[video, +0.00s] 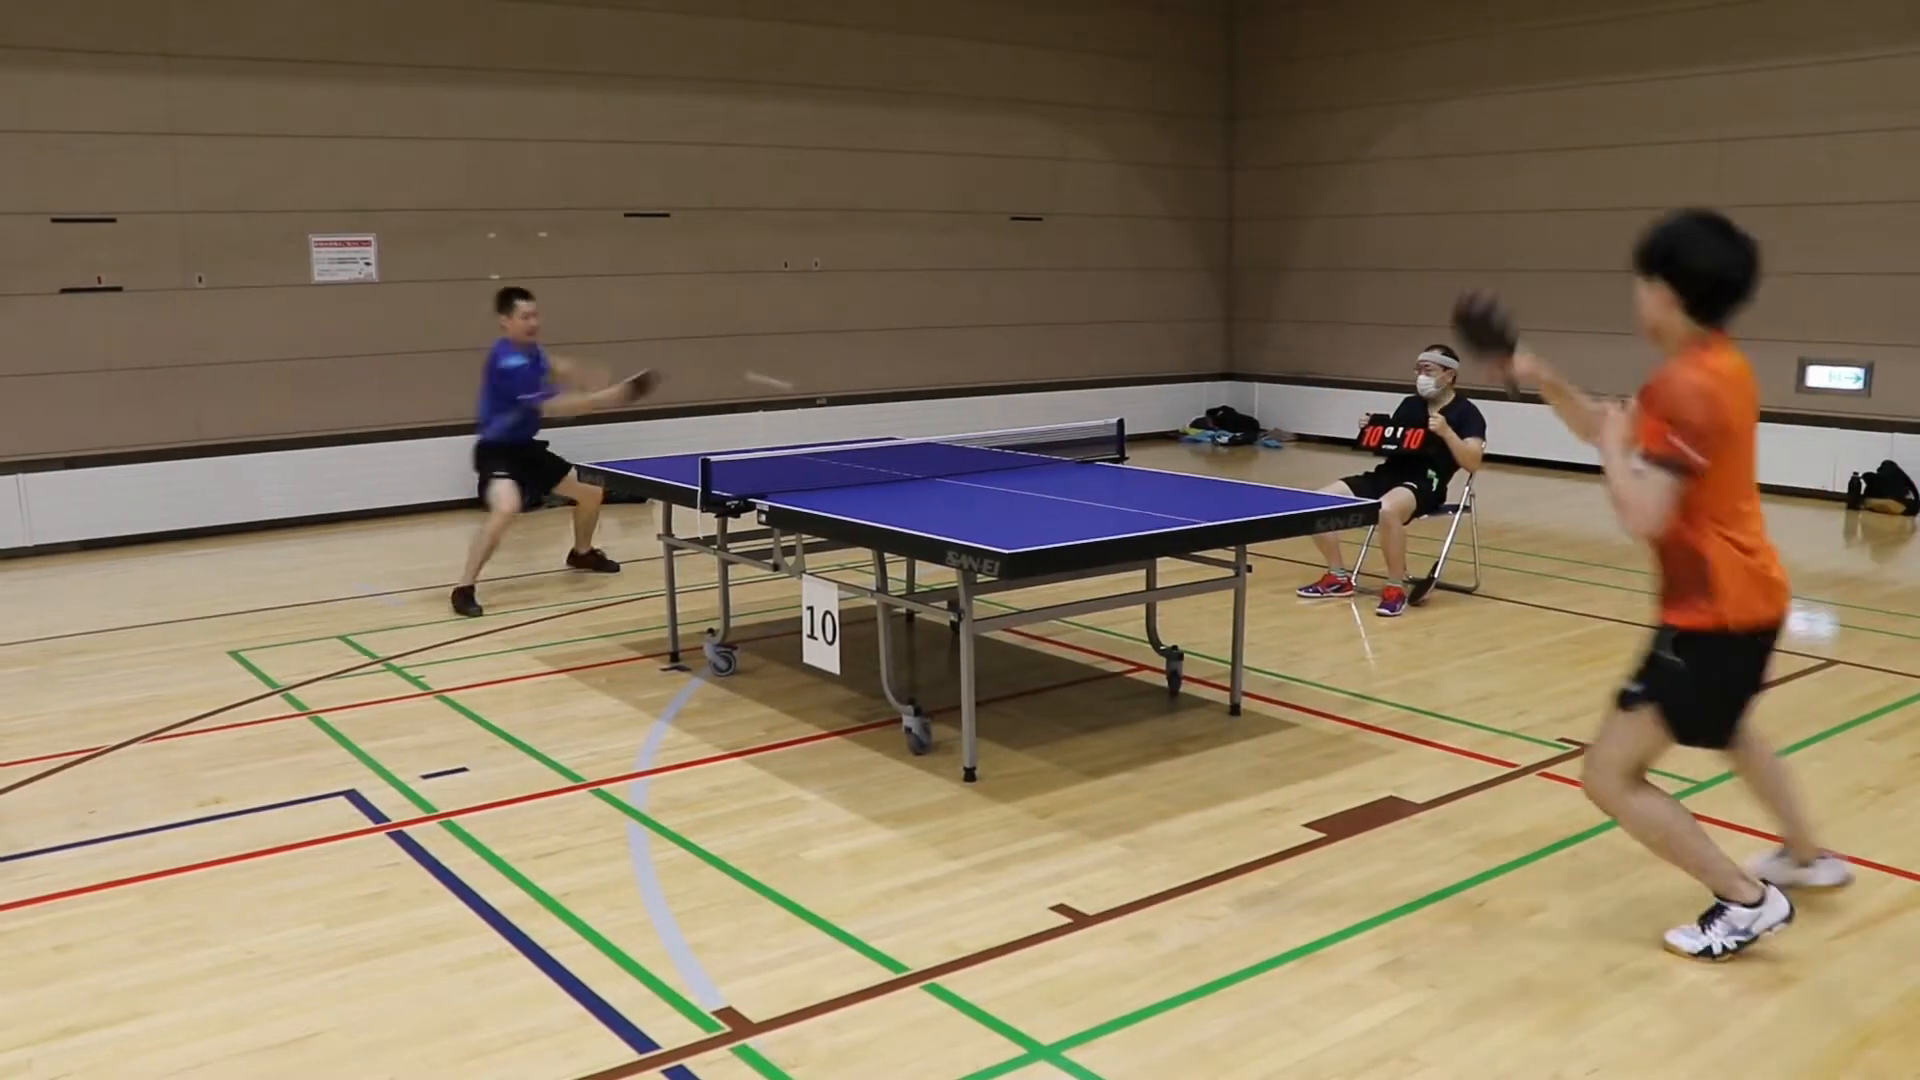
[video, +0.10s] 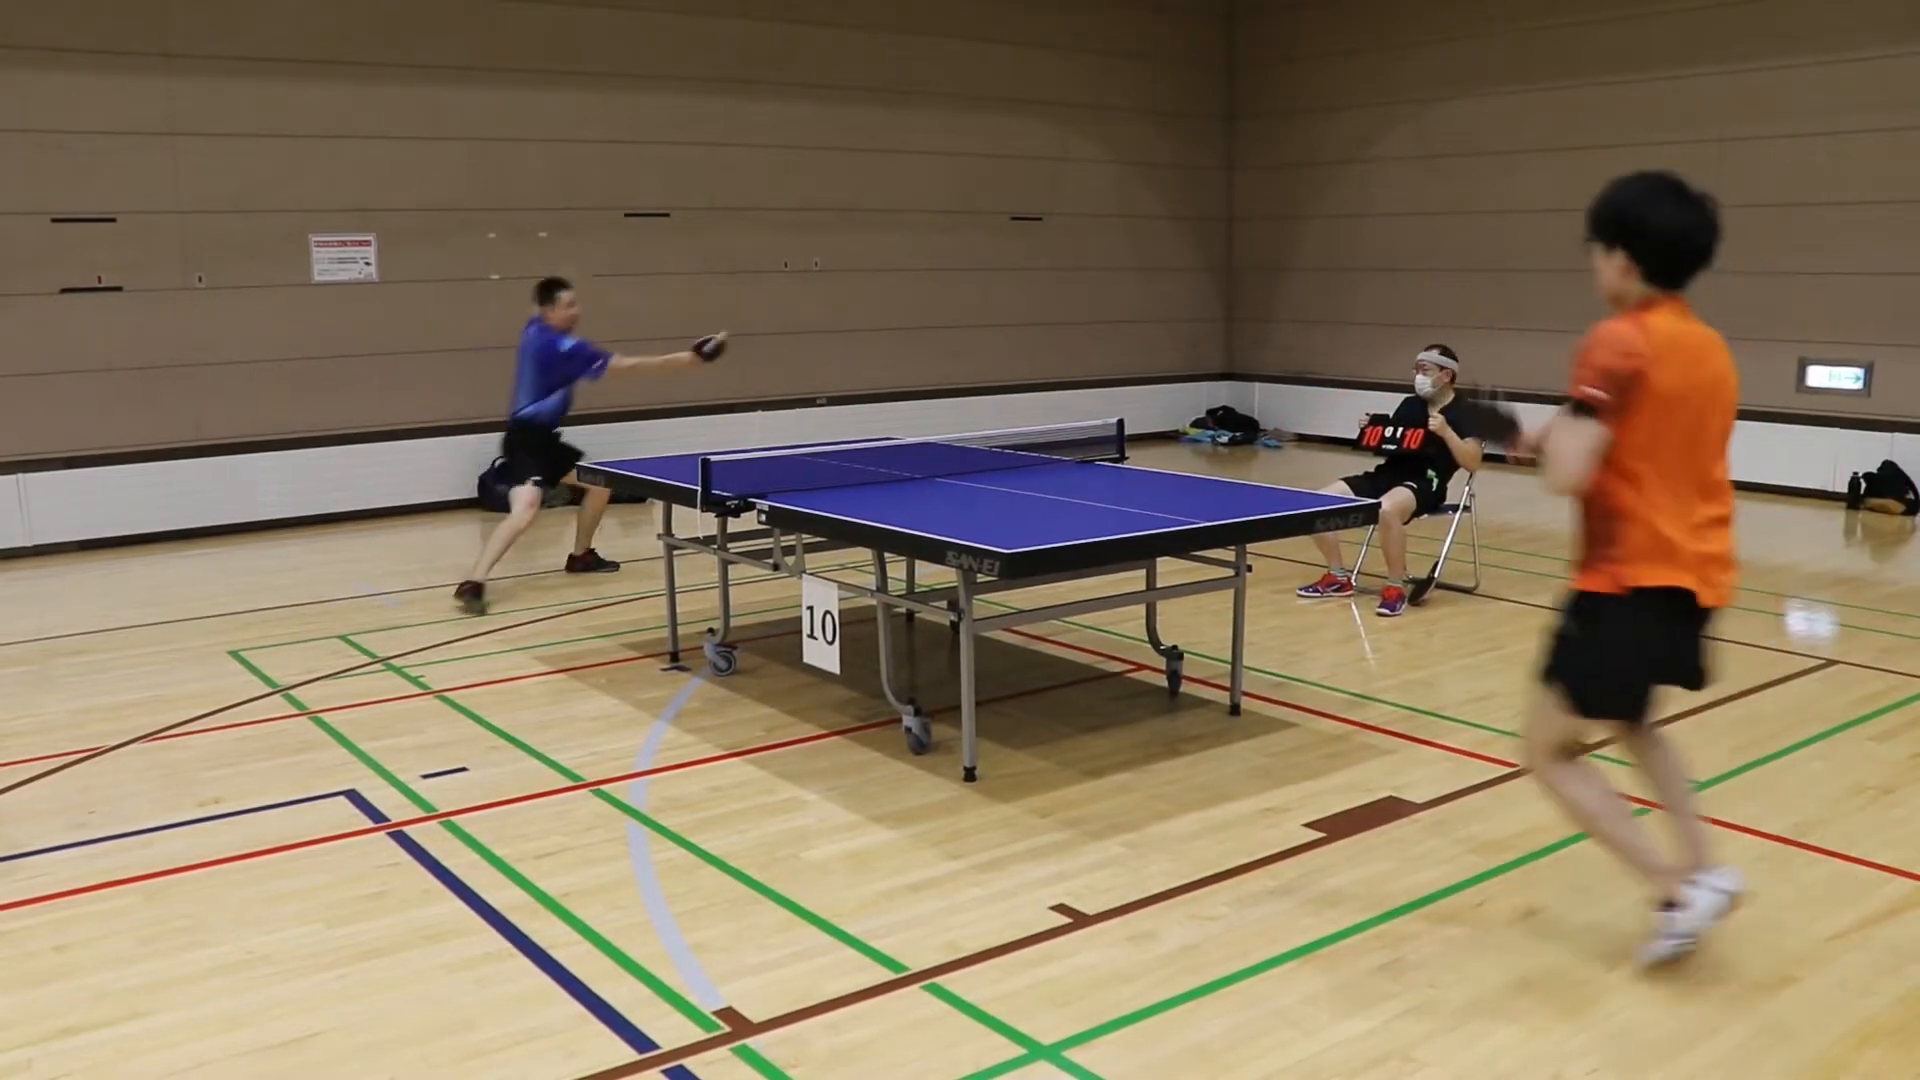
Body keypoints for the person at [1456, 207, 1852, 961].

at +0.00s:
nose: (1638, 296)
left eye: (1646, 283)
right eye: (1642, 281)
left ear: (1675, 295)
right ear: (1705, 296)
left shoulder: (1688, 383)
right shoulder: (1722, 366)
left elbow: (1645, 515)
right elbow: (1614, 433)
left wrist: (1614, 446)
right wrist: (1543, 383)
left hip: (1709, 615)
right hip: (1748, 602)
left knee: (1608, 775)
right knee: (1726, 724)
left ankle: (1745, 898)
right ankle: (1807, 853)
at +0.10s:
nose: (1594, 265)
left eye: (1601, 250)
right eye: (1596, 249)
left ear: (1627, 258)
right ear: (1680, 260)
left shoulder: (1621, 341)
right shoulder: (1712, 349)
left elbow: (1571, 470)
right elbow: (1672, 452)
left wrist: (1547, 436)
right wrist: (1565, 435)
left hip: (1623, 589)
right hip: (1691, 586)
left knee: (1547, 747)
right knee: (1633, 719)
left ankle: (1675, 889)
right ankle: (1702, 870)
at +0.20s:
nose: (1549, 278)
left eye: (1555, 263)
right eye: (1551, 263)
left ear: (1583, 271)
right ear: (1641, 277)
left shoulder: (1549, 352)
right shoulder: (1684, 381)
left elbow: (1475, 483)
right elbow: (1670, 514)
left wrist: (1523, 485)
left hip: (1538, 613)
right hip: (1630, 623)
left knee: (1432, 758)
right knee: (1587, 766)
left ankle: (1498, 913)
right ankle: (1592, 939)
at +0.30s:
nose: (1495, 317)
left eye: (1502, 304)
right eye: (1501, 303)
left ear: (1521, 315)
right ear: (1589, 325)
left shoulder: (1471, 392)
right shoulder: (1629, 428)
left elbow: (1381, 517)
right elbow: (1628, 583)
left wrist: (1444, 538)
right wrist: (1550, 569)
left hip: (1461, 644)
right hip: (1562, 662)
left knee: (1335, 796)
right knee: (1564, 798)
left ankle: (1251, 965)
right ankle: (1583, 978)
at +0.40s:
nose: (1438, 341)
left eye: (1445, 330)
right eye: (1447, 329)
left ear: (1455, 344)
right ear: (1533, 361)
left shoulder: (1387, 417)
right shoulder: (1553, 465)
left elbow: (1314, 523)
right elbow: (1572, 624)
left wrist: (1379, 554)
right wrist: (1547, 694)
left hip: (1356, 677)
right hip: (1466, 698)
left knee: (1255, 847)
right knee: (1521, 797)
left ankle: (1178, 1037)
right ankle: (1580, 979)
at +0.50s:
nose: (1408, 321)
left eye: (1413, 310)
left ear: (1413, 327)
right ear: (1498, 352)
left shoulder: (1343, 393)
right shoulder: (1493, 452)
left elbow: (1296, 504)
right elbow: (1495, 619)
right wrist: (1509, 694)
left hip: (1271, 652)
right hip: (1382, 673)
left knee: (1208, 828)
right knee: (1468, 790)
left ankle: (1169, 1015)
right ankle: (1528, 968)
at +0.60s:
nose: (1381, 315)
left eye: (1385, 302)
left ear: (1383, 312)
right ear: (1471, 337)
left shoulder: (1322, 376)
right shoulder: (1454, 431)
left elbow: (1280, 479)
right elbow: (1439, 602)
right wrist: (1464, 693)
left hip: (1226, 624)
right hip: (1332, 653)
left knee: (1175, 791)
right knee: (1410, 789)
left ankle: (1135, 958)